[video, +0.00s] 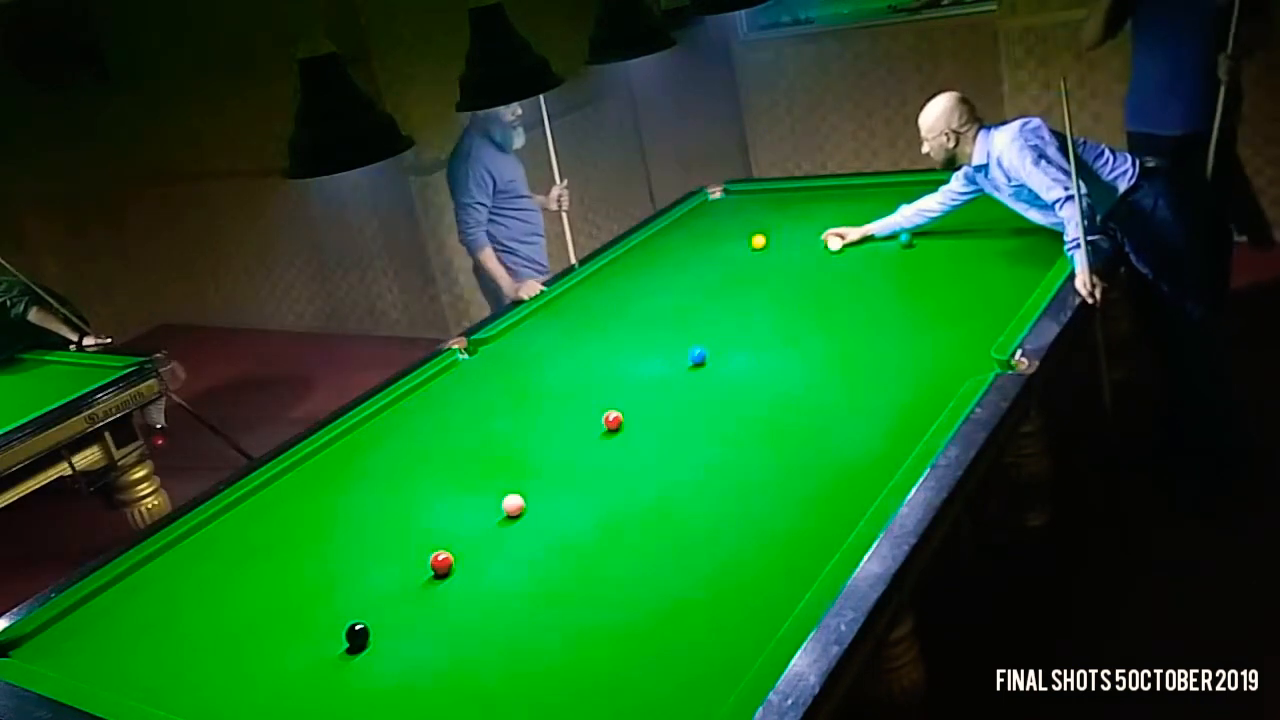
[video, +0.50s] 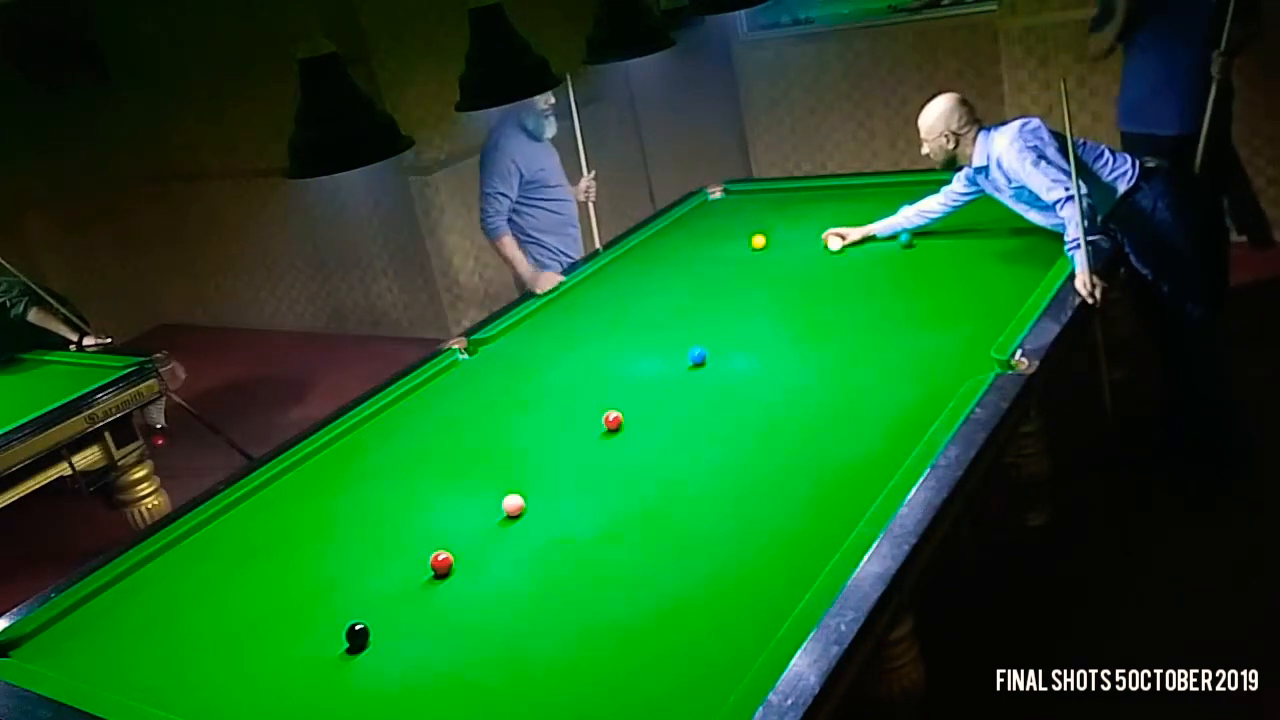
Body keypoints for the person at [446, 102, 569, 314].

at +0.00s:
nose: (518, 112)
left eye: (517, 103)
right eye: (507, 106)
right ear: (482, 112)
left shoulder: (495, 145)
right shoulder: (472, 158)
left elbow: (509, 198)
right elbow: (472, 234)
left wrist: (545, 202)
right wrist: (510, 287)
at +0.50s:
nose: (551, 101)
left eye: (550, 92)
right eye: (540, 94)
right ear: (517, 102)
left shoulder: (532, 136)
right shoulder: (505, 146)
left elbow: (537, 195)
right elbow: (493, 221)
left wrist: (574, 193)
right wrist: (530, 275)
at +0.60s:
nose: (561, 98)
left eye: (559, 88)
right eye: (550, 91)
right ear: (528, 99)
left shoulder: (540, 130)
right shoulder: (512, 143)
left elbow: (545, 191)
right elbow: (512, 219)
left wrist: (581, 190)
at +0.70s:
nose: (574, 94)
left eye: (574, 86)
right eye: (564, 87)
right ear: (543, 92)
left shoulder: (559, 132)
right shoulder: (526, 139)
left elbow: (557, 191)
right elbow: (537, 216)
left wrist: (589, 188)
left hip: (581, 254)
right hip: (554, 263)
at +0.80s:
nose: (592, 92)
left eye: (593, 84)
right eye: (581, 85)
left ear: (598, 86)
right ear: (561, 90)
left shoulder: (577, 127)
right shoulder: (548, 133)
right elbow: (569, 202)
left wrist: (601, 184)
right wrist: (642, 230)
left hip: (592, 238)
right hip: (562, 248)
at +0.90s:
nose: (617, 90)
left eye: (617, 82)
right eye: (605, 83)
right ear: (579, 87)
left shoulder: (600, 120)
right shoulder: (573, 129)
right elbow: (614, 195)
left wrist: (614, 178)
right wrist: (681, 218)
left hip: (603, 234)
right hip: (572, 246)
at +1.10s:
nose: (672, 103)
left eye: (673, 94)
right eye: (662, 94)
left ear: (674, 91)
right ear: (634, 95)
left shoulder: (641, 124)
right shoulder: (622, 132)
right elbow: (679, 192)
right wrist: (749, 219)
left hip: (616, 233)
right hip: (582, 243)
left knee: (614, 310)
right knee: (580, 320)